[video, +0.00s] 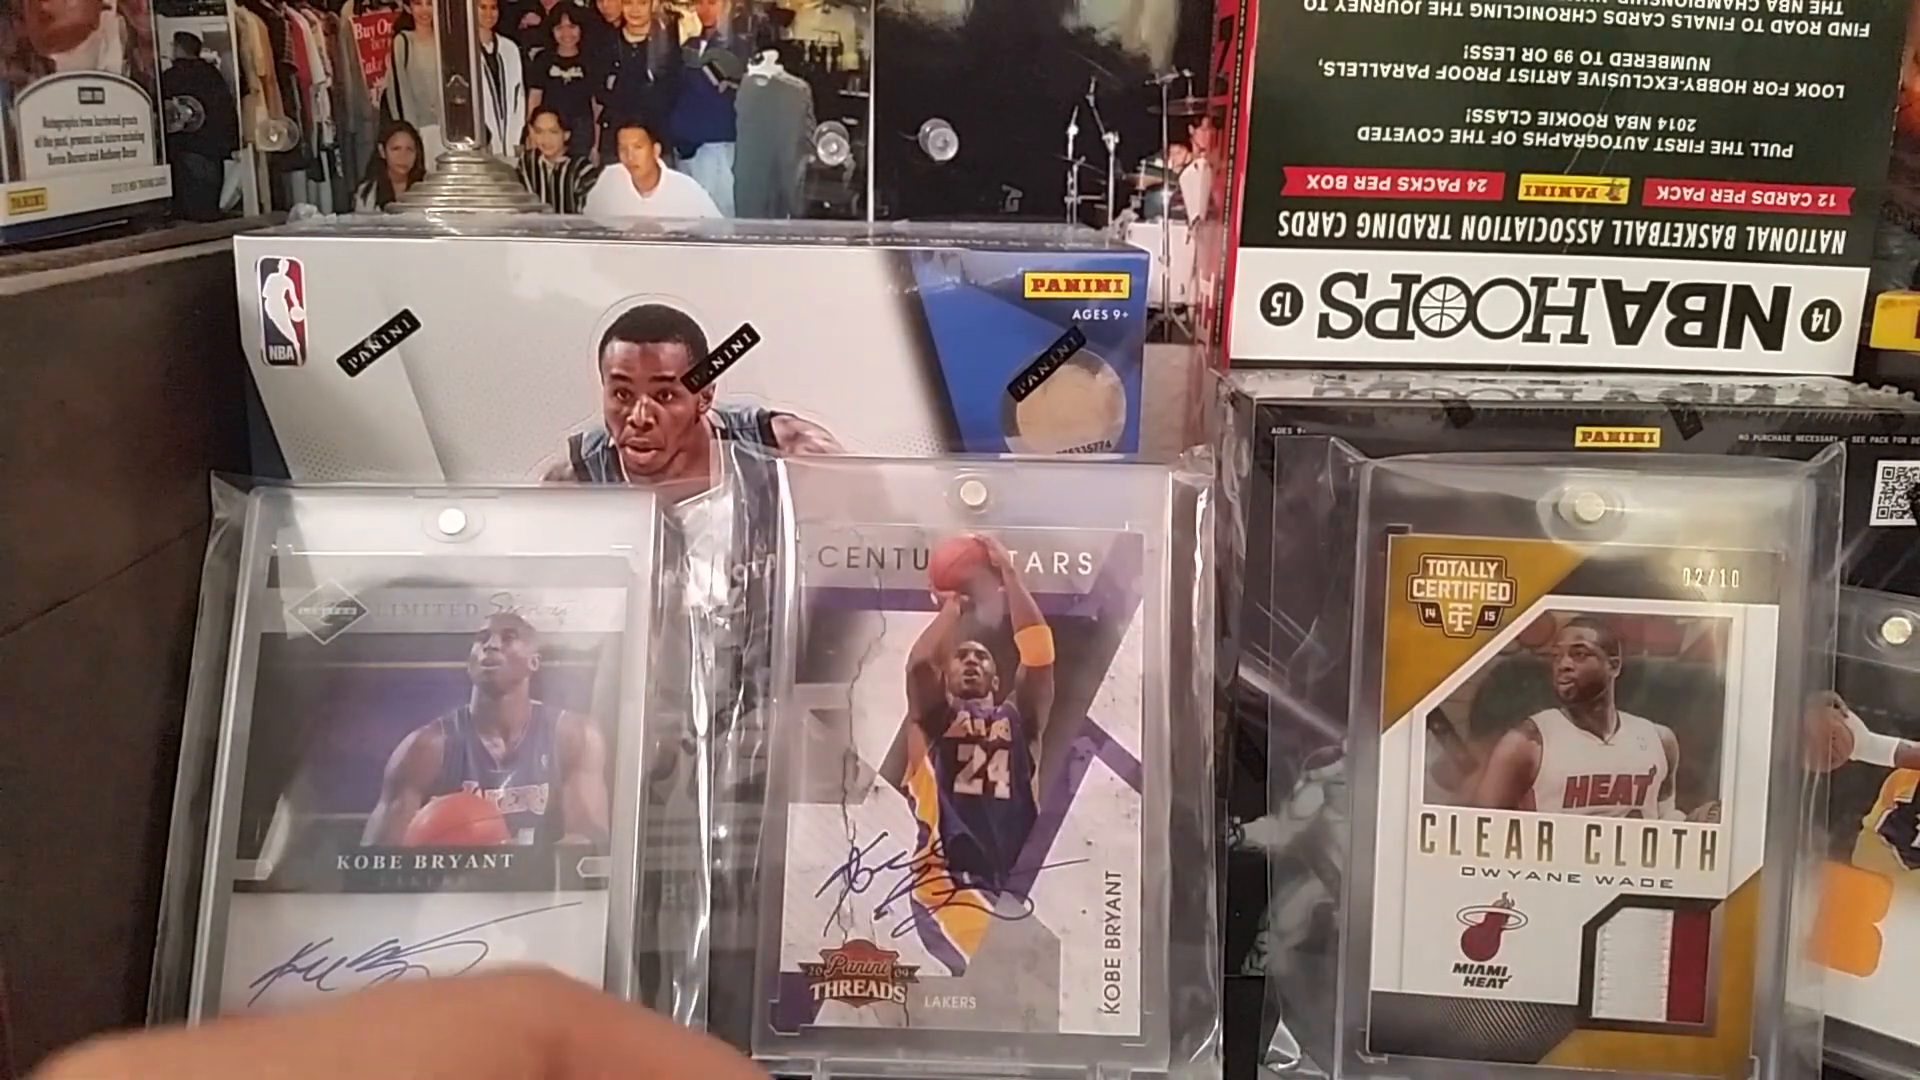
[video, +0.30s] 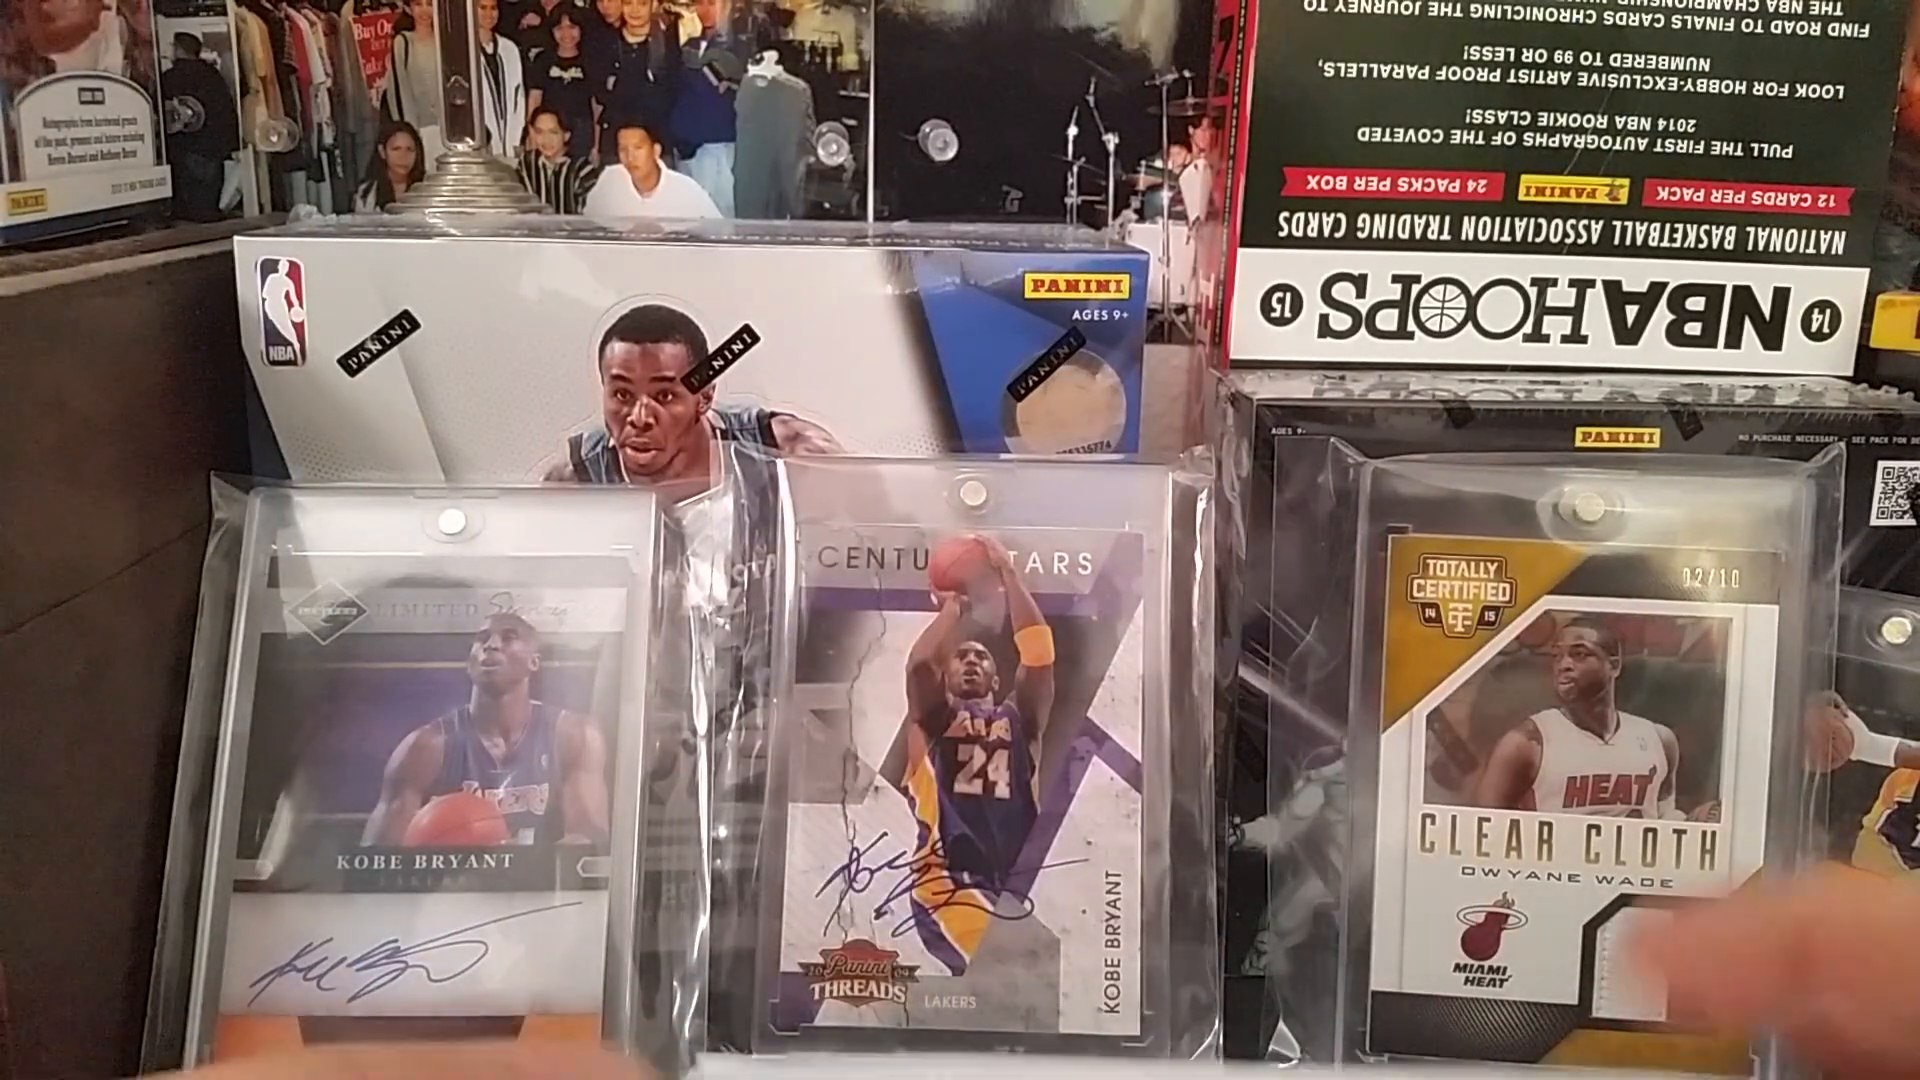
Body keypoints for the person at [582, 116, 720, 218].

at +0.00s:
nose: (630, 157)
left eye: (638, 148)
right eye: (623, 150)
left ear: (656, 151)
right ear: (618, 154)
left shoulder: (685, 188)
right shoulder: (610, 178)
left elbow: (719, 231)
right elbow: (587, 224)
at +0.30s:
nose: (630, 158)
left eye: (638, 148)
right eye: (624, 150)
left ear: (656, 151)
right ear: (618, 154)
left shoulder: (685, 188)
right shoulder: (610, 179)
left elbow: (719, 232)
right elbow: (586, 225)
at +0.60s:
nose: (630, 158)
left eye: (638, 148)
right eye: (624, 150)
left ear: (656, 151)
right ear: (618, 154)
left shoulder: (686, 189)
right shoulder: (609, 179)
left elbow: (720, 233)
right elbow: (587, 227)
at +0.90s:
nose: (630, 158)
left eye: (638, 148)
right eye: (624, 150)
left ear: (656, 151)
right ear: (618, 153)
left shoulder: (686, 188)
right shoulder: (610, 179)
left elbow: (719, 233)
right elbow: (587, 226)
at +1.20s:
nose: (630, 158)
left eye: (638, 149)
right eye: (624, 150)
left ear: (656, 151)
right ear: (618, 154)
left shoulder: (686, 189)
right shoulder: (610, 179)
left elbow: (720, 233)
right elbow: (587, 225)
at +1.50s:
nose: (630, 157)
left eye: (638, 148)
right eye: (624, 150)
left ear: (656, 151)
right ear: (618, 154)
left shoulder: (686, 189)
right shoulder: (610, 179)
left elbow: (720, 232)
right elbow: (587, 225)